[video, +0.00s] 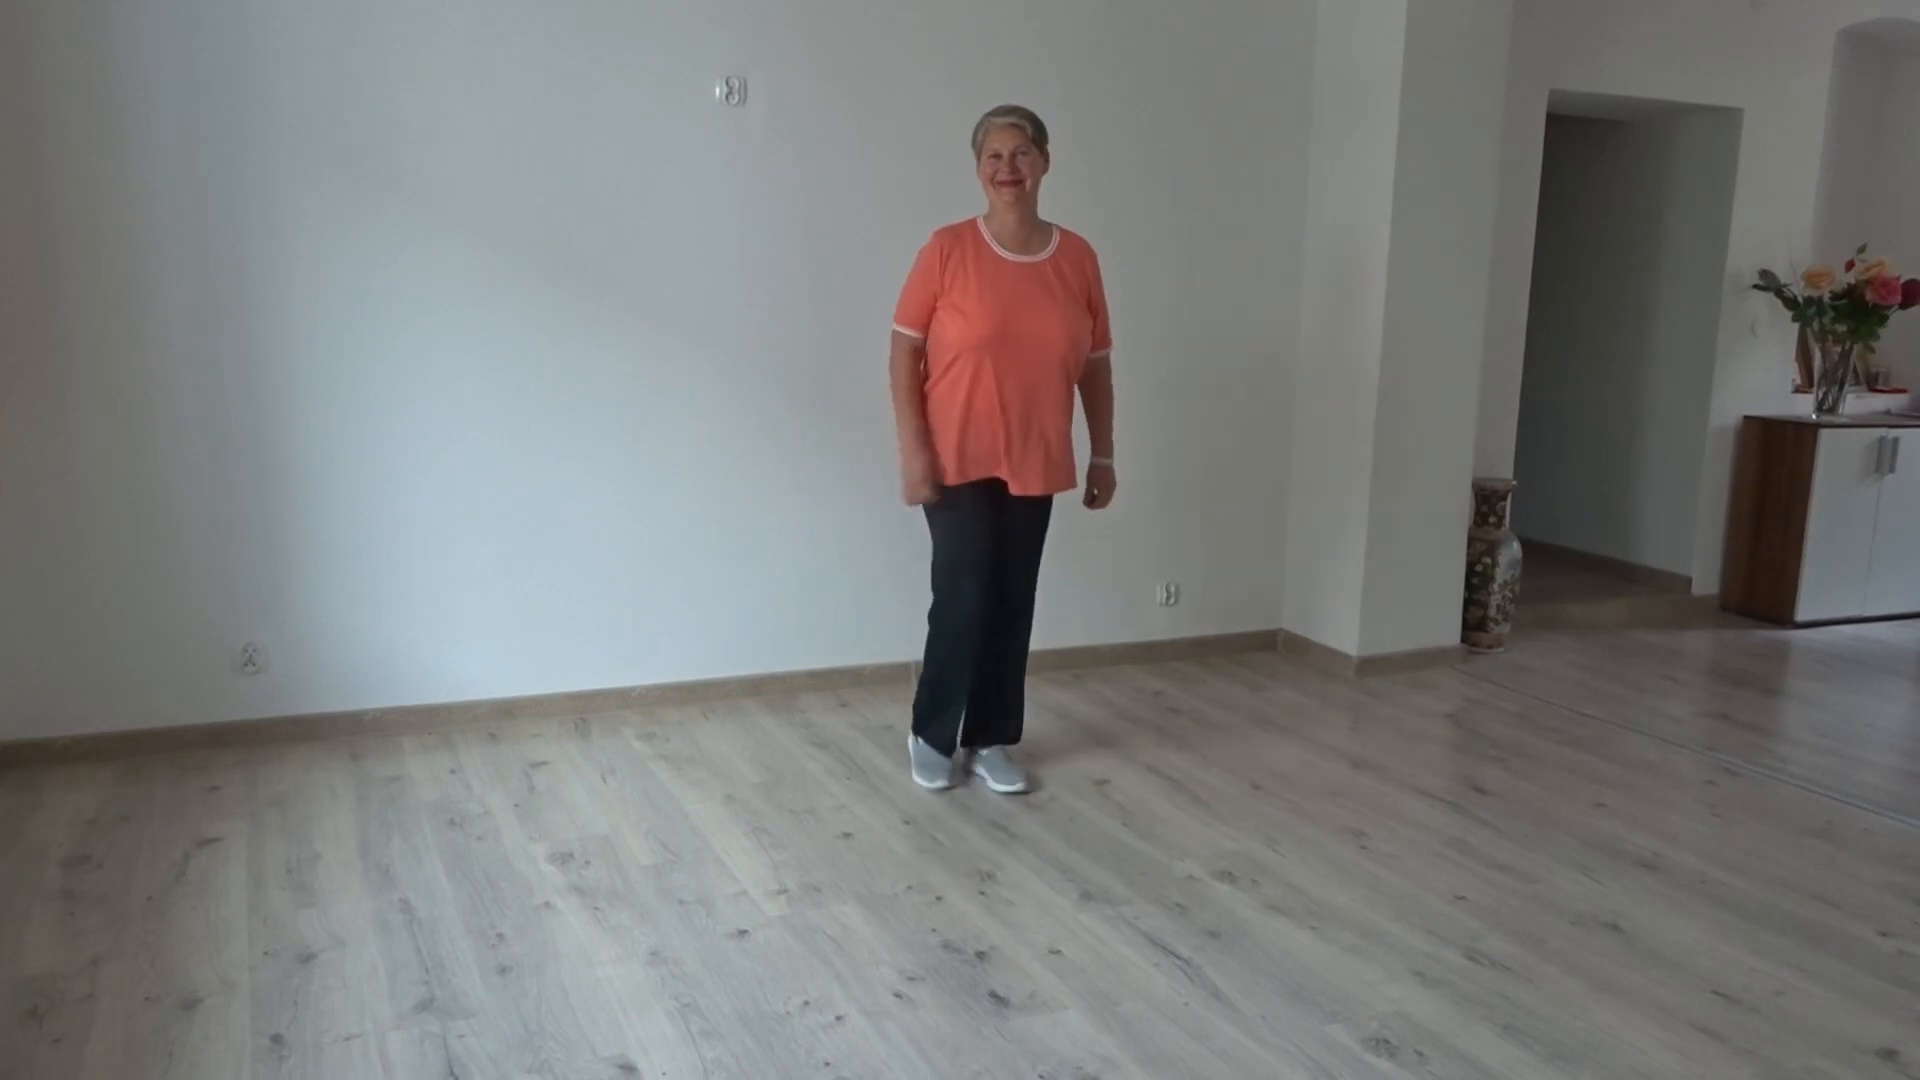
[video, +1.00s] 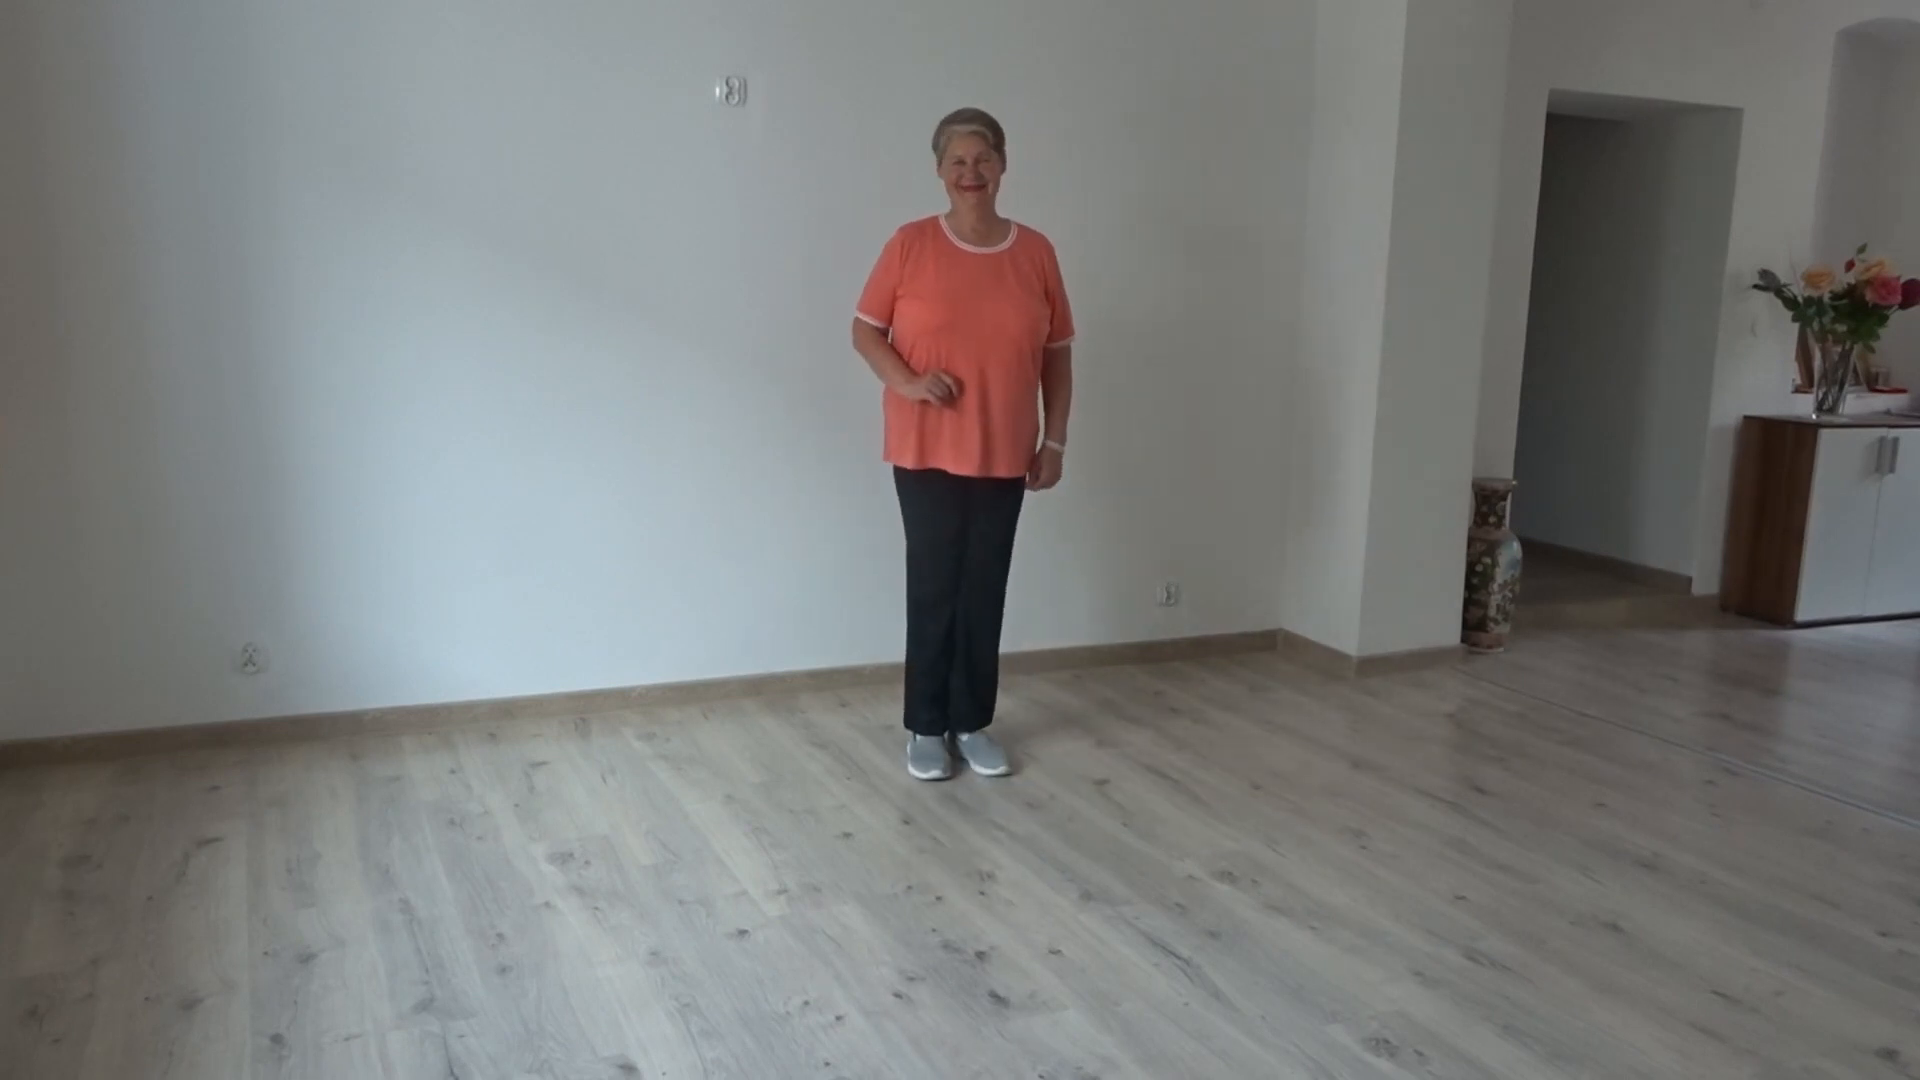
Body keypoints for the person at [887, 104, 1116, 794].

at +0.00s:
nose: (1008, 164)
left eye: (1021, 152)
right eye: (995, 155)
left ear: (1044, 164)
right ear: (978, 169)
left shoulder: (1075, 256)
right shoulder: (947, 249)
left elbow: (1095, 361)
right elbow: (905, 348)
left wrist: (1102, 454)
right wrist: (913, 449)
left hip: (1036, 465)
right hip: (957, 461)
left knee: (1013, 608)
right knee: (965, 602)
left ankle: (992, 741)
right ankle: (934, 736)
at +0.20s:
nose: (993, 159)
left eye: (1004, 148)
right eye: (979, 152)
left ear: (1024, 161)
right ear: (961, 168)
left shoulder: (1056, 253)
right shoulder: (935, 244)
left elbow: (1079, 355)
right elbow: (884, 335)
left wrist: (1097, 442)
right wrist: (940, 395)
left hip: (1023, 458)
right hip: (944, 454)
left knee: (1004, 599)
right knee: (944, 594)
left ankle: (988, 739)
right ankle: (930, 730)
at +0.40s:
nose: (979, 153)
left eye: (989, 142)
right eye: (964, 147)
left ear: (1009, 159)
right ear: (945, 169)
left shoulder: (1041, 250)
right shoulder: (919, 243)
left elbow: (1063, 350)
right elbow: (868, 331)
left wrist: (1077, 435)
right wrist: (925, 382)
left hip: (1013, 457)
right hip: (936, 455)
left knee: (996, 599)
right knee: (942, 595)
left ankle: (984, 733)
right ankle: (927, 731)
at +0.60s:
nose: (969, 161)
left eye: (980, 149)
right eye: (955, 155)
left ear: (1003, 162)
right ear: (940, 174)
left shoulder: (1040, 251)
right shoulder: (916, 247)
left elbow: (1063, 350)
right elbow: (868, 335)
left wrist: (1055, 441)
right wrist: (915, 387)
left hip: (1005, 459)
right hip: (932, 456)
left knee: (985, 598)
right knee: (937, 595)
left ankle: (969, 726)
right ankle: (926, 730)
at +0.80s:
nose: (968, 165)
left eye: (980, 153)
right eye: (955, 157)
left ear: (1001, 162)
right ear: (940, 170)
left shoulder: (1038, 251)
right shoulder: (913, 246)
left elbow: (1062, 351)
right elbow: (868, 331)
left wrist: (1055, 439)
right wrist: (908, 383)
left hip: (1004, 457)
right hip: (929, 455)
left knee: (983, 598)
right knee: (935, 595)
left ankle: (970, 726)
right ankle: (926, 729)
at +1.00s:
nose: (971, 169)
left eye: (982, 158)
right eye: (958, 160)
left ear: (1001, 166)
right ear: (941, 171)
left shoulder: (1034, 251)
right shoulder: (910, 245)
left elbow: (1057, 352)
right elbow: (866, 331)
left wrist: (1054, 440)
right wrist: (910, 380)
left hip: (1004, 456)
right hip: (929, 454)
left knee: (984, 596)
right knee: (934, 594)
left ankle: (971, 726)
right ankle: (926, 729)